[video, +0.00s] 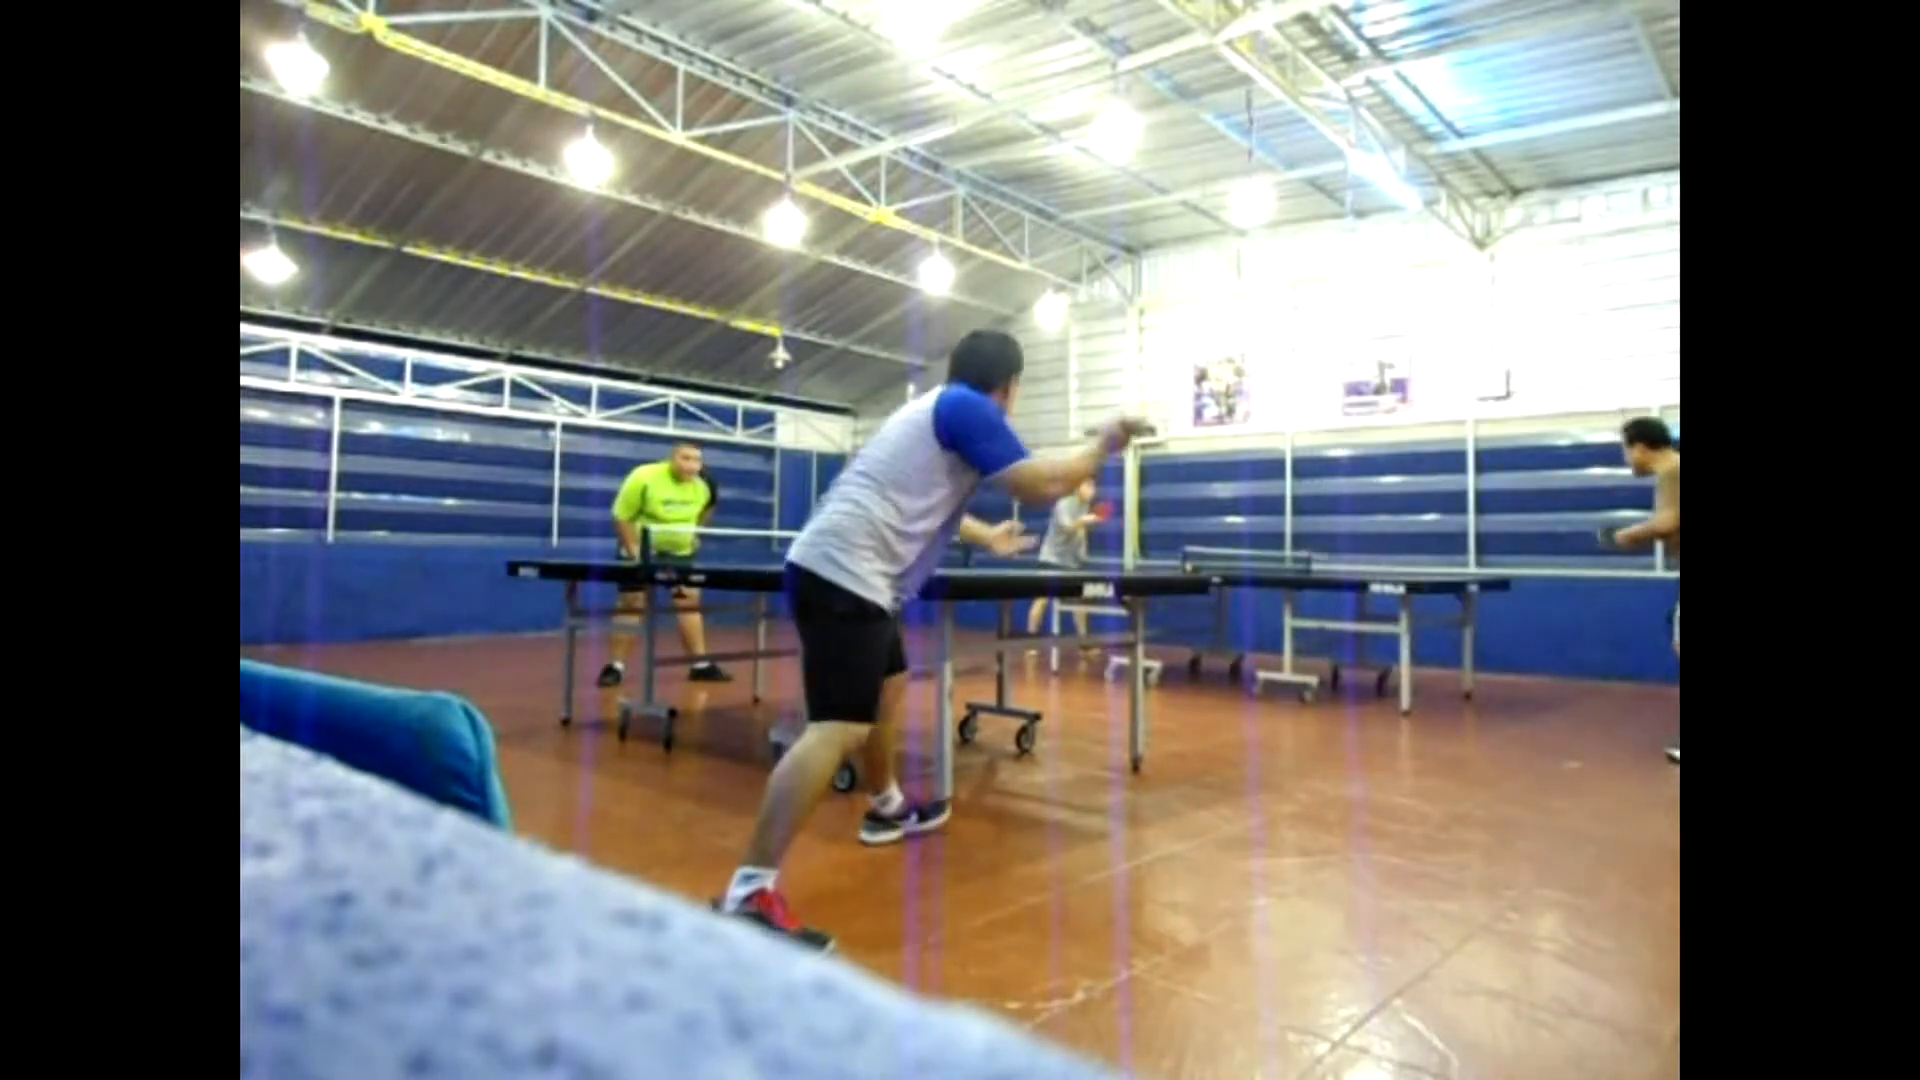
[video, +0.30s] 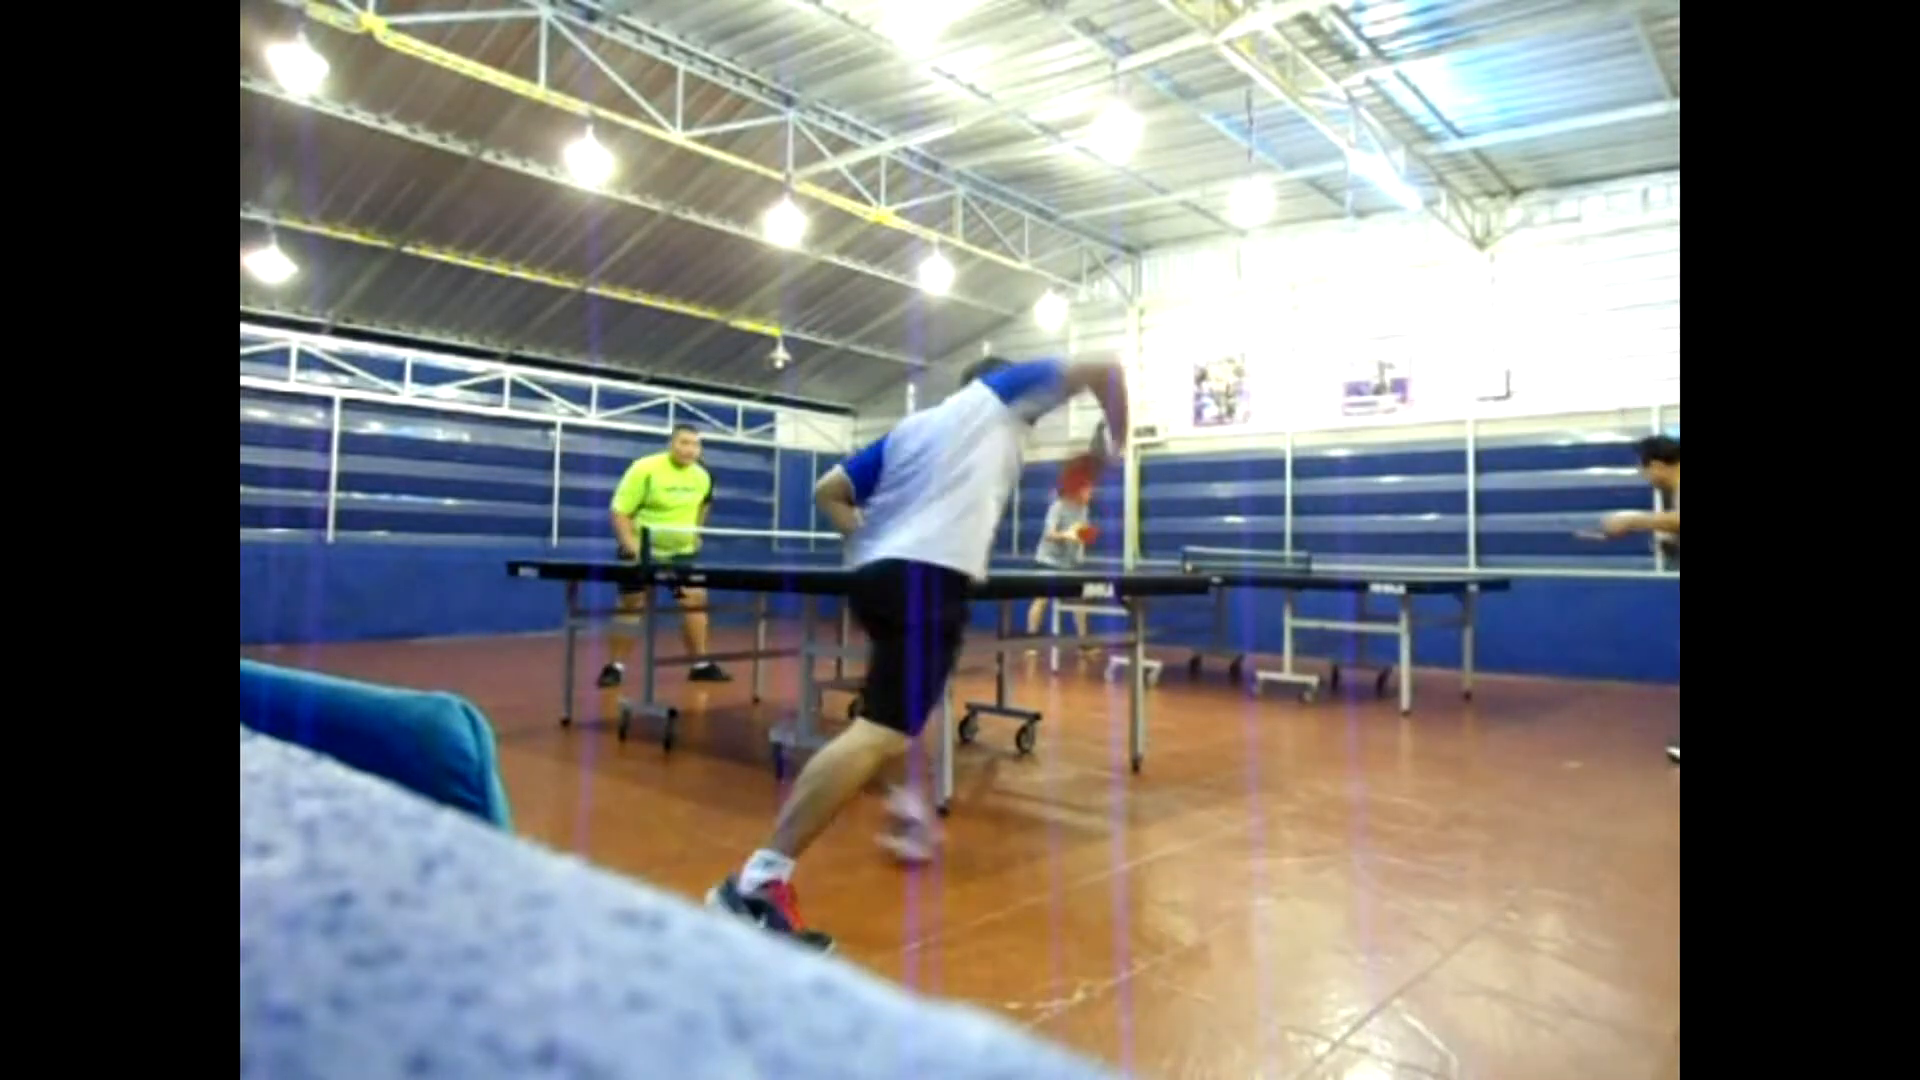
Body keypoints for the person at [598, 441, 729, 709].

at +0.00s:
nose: (691, 465)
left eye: (696, 460)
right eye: (685, 458)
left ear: (701, 463)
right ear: (672, 459)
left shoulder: (704, 487)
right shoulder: (644, 477)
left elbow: (706, 511)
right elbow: (622, 514)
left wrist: (693, 533)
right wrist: (633, 549)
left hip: (682, 552)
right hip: (643, 550)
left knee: (689, 601)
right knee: (631, 604)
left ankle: (700, 660)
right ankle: (616, 663)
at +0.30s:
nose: (690, 449)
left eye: (695, 444)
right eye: (685, 443)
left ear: (699, 448)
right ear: (671, 444)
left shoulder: (702, 477)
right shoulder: (645, 469)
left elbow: (703, 506)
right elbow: (620, 509)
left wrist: (696, 533)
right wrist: (630, 544)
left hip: (684, 550)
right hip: (643, 549)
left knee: (695, 601)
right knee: (631, 606)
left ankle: (701, 661)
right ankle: (616, 664)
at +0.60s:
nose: (699, 449)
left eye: (704, 443)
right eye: (693, 442)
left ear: (709, 446)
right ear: (681, 442)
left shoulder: (712, 475)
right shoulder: (657, 467)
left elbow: (711, 506)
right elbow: (634, 503)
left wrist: (719, 521)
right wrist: (656, 527)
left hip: (694, 553)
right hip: (657, 551)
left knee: (705, 600)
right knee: (640, 600)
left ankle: (702, 661)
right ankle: (624, 660)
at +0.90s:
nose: (711, 476)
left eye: (715, 471)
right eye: (705, 469)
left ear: (718, 471)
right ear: (690, 466)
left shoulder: (709, 496)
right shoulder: (661, 480)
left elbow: (701, 522)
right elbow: (656, 519)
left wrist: (721, 522)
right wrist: (705, 520)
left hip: (684, 554)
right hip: (647, 553)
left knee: (706, 599)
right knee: (642, 600)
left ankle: (701, 662)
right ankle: (635, 670)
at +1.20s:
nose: (716, 467)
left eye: (720, 462)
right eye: (710, 460)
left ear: (723, 466)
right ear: (696, 460)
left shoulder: (720, 499)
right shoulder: (670, 470)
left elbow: (721, 529)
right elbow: (628, 475)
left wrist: (743, 526)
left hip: (691, 563)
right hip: (652, 557)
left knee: (717, 605)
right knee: (647, 603)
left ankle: (701, 664)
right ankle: (634, 671)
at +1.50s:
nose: (710, 447)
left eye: (714, 442)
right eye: (704, 440)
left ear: (717, 448)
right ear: (690, 440)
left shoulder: (719, 481)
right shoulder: (664, 456)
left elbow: (721, 516)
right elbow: (621, 469)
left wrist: (733, 523)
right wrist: (577, 476)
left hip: (693, 548)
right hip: (651, 542)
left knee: (706, 600)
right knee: (634, 598)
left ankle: (701, 662)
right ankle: (618, 663)